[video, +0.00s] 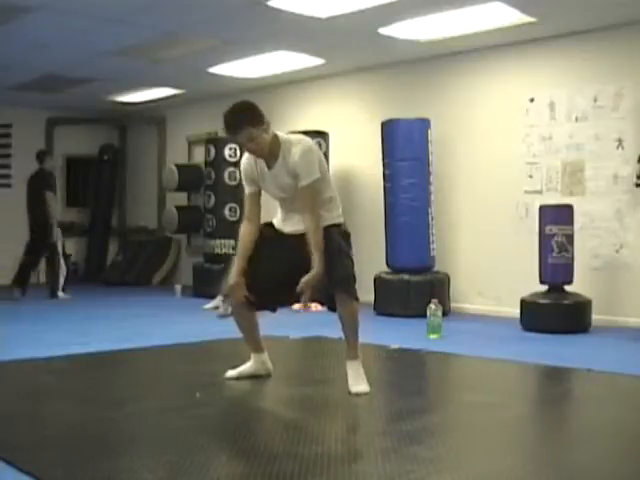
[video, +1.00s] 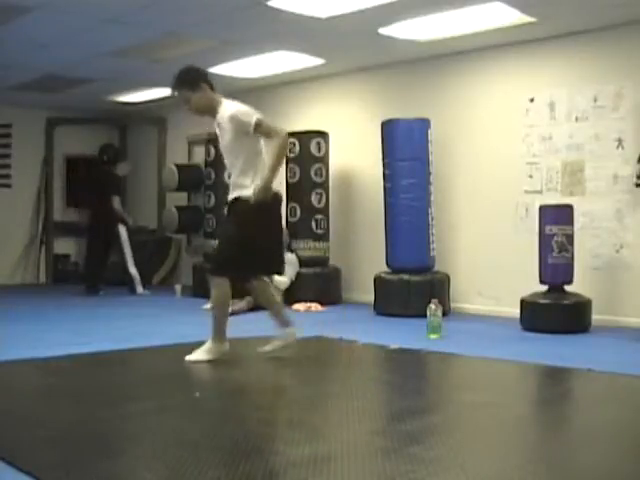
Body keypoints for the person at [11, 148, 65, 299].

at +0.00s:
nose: (53, 162)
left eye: (52, 159)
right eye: (51, 159)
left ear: (39, 160)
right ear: (46, 160)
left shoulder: (33, 177)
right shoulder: (48, 176)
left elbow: (33, 206)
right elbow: (50, 204)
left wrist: (35, 224)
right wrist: (54, 227)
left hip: (36, 224)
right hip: (47, 224)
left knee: (32, 255)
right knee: (55, 256)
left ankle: (18, 285)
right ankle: (56, 289)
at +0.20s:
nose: (69, 163)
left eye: (68, 160)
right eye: (66, 160)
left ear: (53, 161)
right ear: (58, 161)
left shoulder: (46, 176)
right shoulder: (63, 176)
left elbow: (43, 202)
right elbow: (71, 199)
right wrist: (83, 216)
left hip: (50, 217)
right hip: (62, 218)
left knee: (52, 251)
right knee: (64, 253)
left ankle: (53, 285)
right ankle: (58, 289)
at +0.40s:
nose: (84, 167)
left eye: (84, 164)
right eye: (82, 164)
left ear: (69, 166)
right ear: (76, 165)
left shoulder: (63, 182)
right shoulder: (79, 181)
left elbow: (62, 204)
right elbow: (84, 201)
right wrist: (98, 215)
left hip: (65, 219)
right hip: (76, 220)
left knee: (66, 253)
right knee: (73, 254)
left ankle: (58, 287)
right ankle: (60, 289)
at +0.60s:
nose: (98, 168)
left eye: (97, 165)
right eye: (96, 165)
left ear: (83, 166)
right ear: (90, 166)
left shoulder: (77, 180)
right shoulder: (89, 180)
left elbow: (74, 204)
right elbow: (92, 203)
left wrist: (79, 217)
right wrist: (101, 219)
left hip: (80, 219)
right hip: (90, 220)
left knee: (88, 255)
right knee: (97, 255)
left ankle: (91, 286)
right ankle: (76, 284)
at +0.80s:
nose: (112, 167)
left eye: (113, 163)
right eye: (111, 163)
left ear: (100, 160)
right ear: (106, 161)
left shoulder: (93, 175)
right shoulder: (101, 178)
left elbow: (98, 200)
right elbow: (102, 199)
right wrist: (114, 215)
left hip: (92, 217)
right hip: (102, 218)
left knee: (94, 252)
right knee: (113, 251)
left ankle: (92, 285)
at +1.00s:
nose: (122, 164)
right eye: (121, 161)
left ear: (101, 158)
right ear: (115, 160)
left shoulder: (95, 174)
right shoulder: (113, 177)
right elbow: (115, 204)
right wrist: (126, 218)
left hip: (97, 218)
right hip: (113, 219)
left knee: (96, 252)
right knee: (127, 255)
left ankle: (92, 286)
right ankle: (137, 287)